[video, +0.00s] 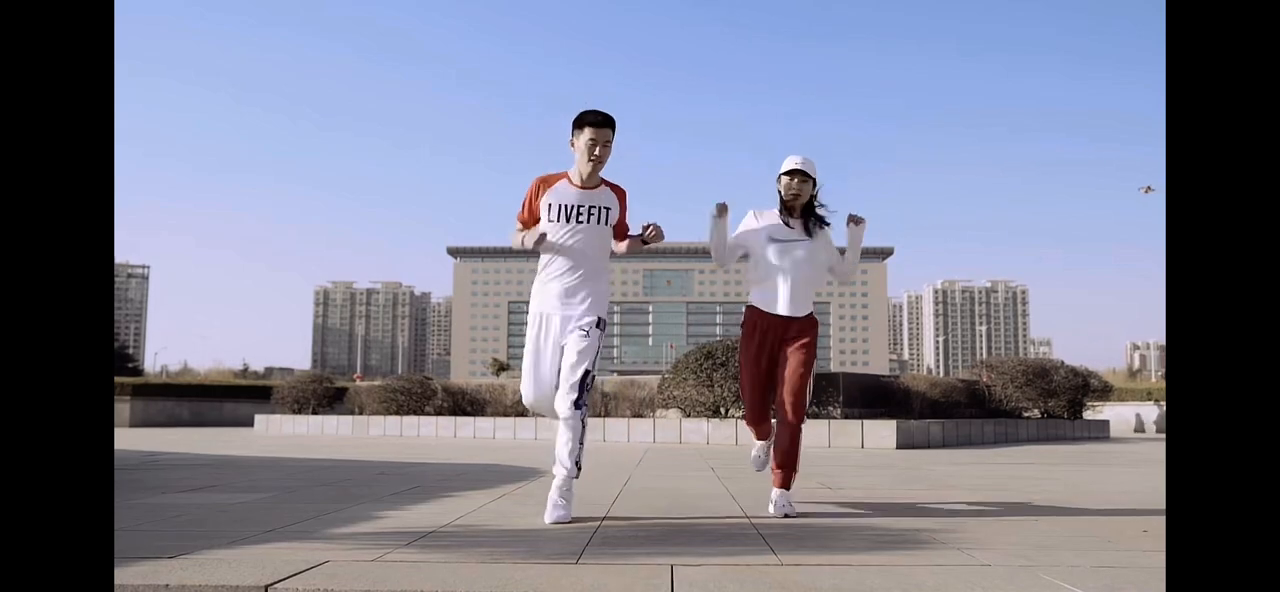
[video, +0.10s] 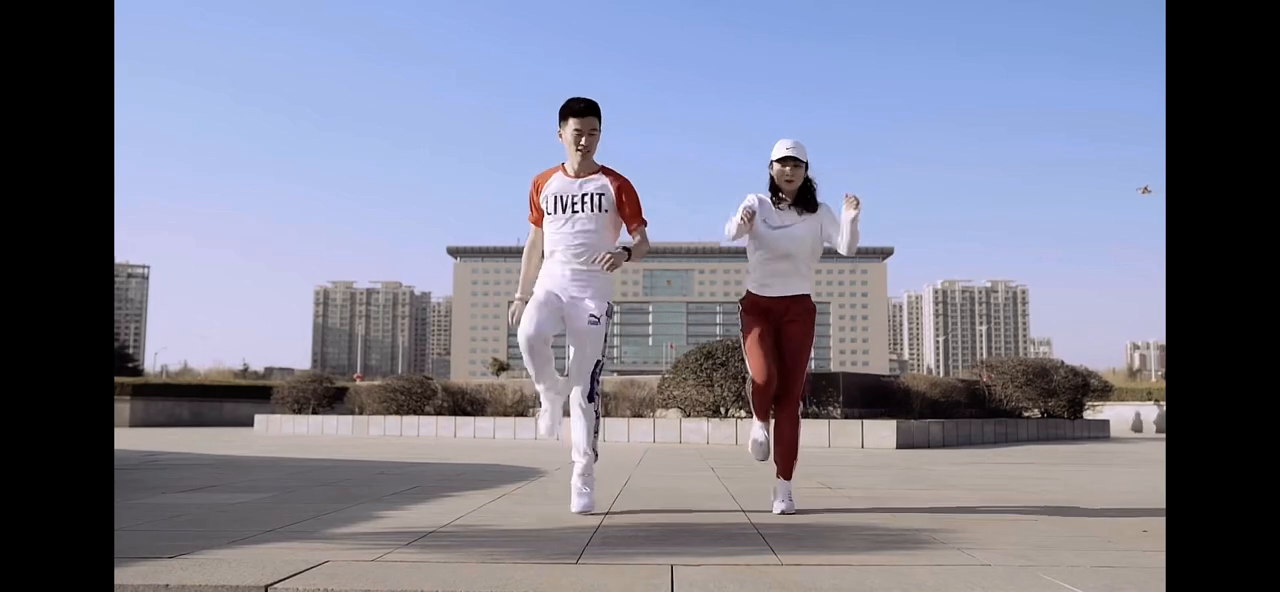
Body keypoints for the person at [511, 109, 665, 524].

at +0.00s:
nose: (597, 151)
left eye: (605, 145)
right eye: (591, 143)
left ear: (611, 150)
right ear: (574, 143)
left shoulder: (615, 196)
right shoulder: (543, 188)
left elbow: (618, 245)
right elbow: (519, 240)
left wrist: (642, 240)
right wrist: (533, 235)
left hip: (589, 308)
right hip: (546, 307)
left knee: (571, 399)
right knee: (536, 397)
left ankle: (562, 487)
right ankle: (575, 415)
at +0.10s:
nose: (584, 140)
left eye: (591, 133)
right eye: (577, 133)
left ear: (599, 137)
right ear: (562, 134)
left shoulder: (616, 185)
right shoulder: (543, 184)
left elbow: (641, 240)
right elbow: (535, 240)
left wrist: (625, 252)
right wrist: (523, 292)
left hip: (592, 288)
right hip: (549, 283)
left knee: (582, 389)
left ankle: (582, 477)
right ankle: (553, 393)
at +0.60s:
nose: (571, 159)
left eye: (576, 152)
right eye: (563, 153)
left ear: (584, 155)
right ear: (547, 158)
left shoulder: (601, 200)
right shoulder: (540, 209)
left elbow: (638, 247)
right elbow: (533, 260)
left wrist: (644, 294)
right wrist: (496, 282)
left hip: (593, 320)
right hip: (551, 319)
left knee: (594, 409)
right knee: (552, 405)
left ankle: (598, 487)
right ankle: (565, 490)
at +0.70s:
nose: (568, 142)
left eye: (574, 136)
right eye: (559, 136)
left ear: (582, 140)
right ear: (545, 143)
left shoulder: (605, 188)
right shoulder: (533, 189)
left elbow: (625, 235)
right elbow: (500, 246)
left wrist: (633, 281)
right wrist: (498, 227)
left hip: (592, 292)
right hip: (551, 295)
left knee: (583, 340)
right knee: (561, 390)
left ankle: (592, 415)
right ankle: (569, 477)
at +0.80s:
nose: (569, 152)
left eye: (575, 145)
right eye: (561, 146)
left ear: (584, 149)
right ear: (546, 152)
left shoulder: (604, 195)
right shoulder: (532, 199)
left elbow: (614, 231)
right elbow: (480, 238)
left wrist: (629, 268)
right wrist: (495, 209)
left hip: (594, 292)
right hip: (553, 298)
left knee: (581, 299)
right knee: (561, 394)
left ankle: (584, 392)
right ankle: (571, 480)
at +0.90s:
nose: (570, 151)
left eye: (575, 143)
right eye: (561, 144)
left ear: (583, 148)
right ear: (545, 151)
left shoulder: (600, 194)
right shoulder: (529, 199)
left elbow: (608, 229)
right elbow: (474, 232)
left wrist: (626, 255)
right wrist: (494, 204)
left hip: (592, 294)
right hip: (552, 300)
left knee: (582, 293)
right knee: (560, 395)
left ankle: (585, 386)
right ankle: (572, 479)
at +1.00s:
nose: (558, 130)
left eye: (564, 123)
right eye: (550, 124)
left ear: (572, 128)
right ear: (534, 131)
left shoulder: (594, 175)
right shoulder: (520, 182)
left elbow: (614, 225)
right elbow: (495, 226)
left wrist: (619, 228)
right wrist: (493, 235)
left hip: (589, 290)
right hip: (544, 294)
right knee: (548, 386)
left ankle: (609, 432)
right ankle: (565, 473)